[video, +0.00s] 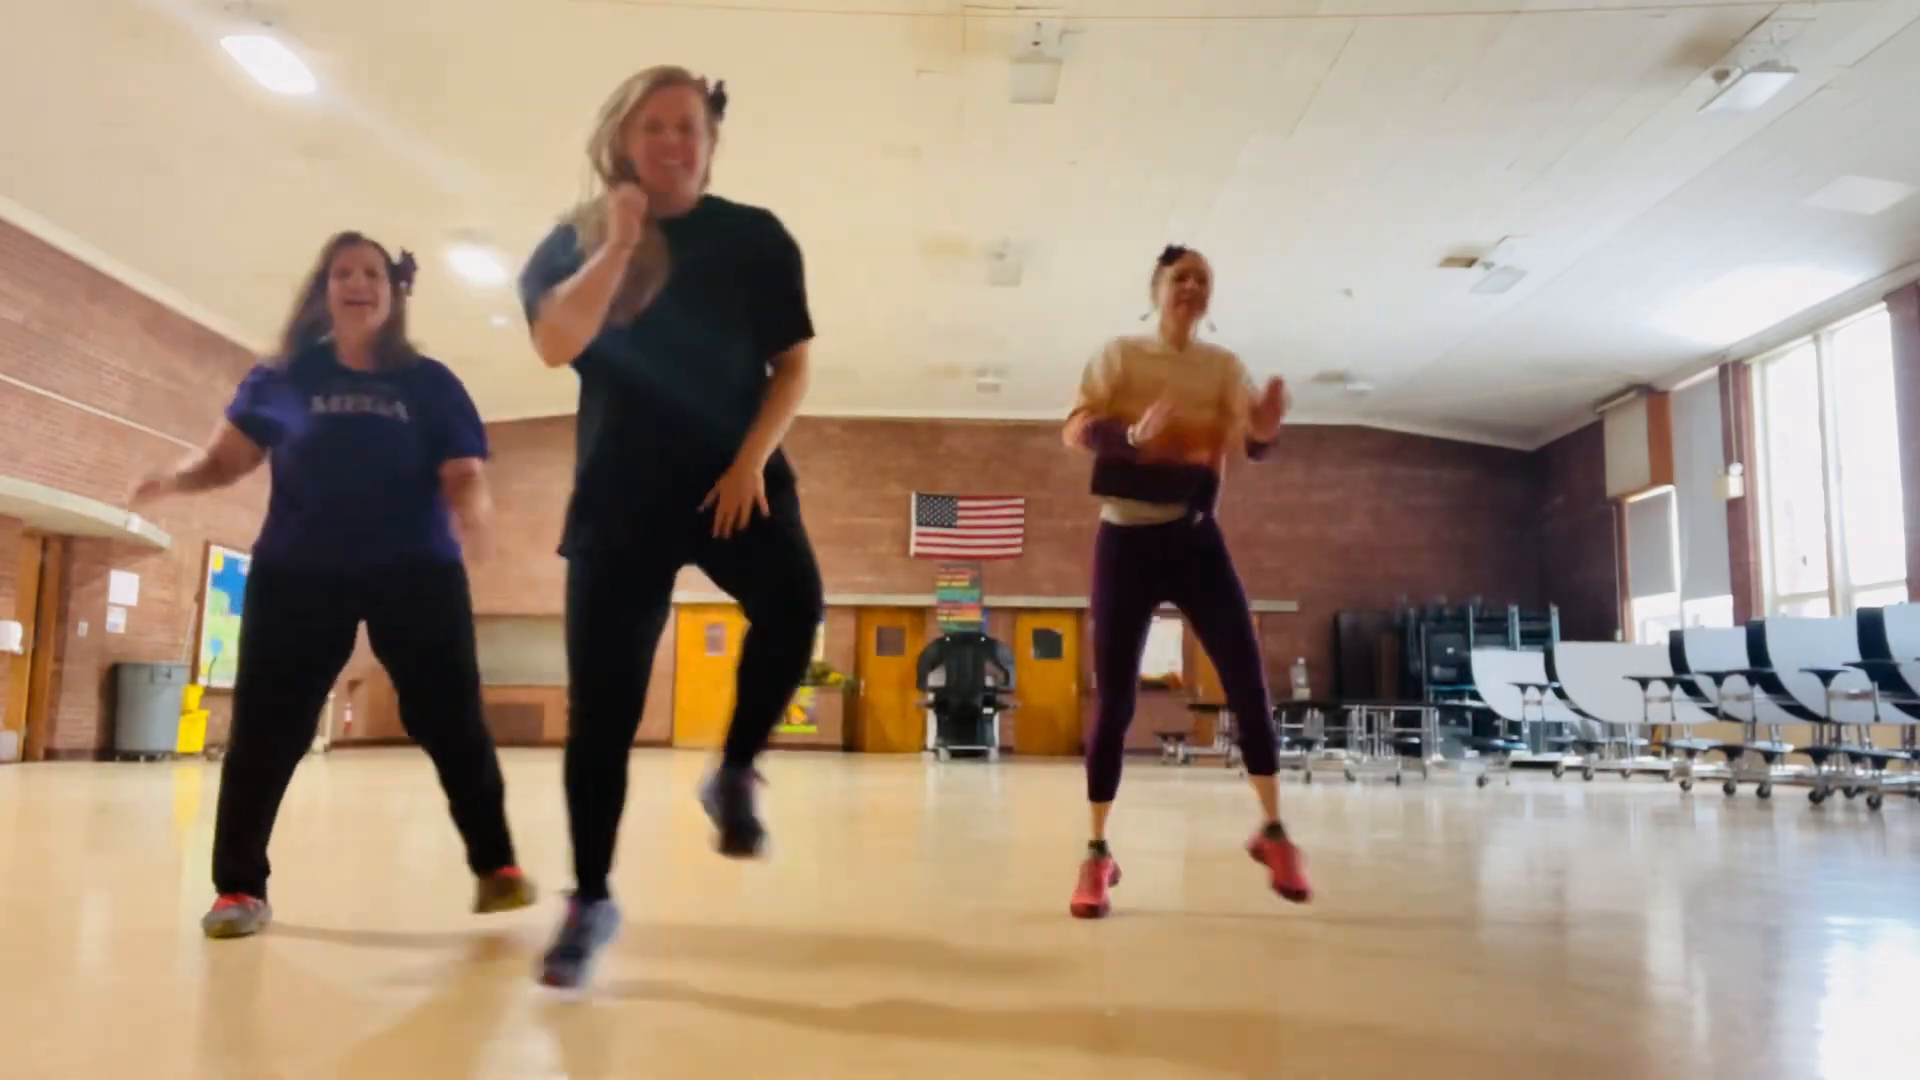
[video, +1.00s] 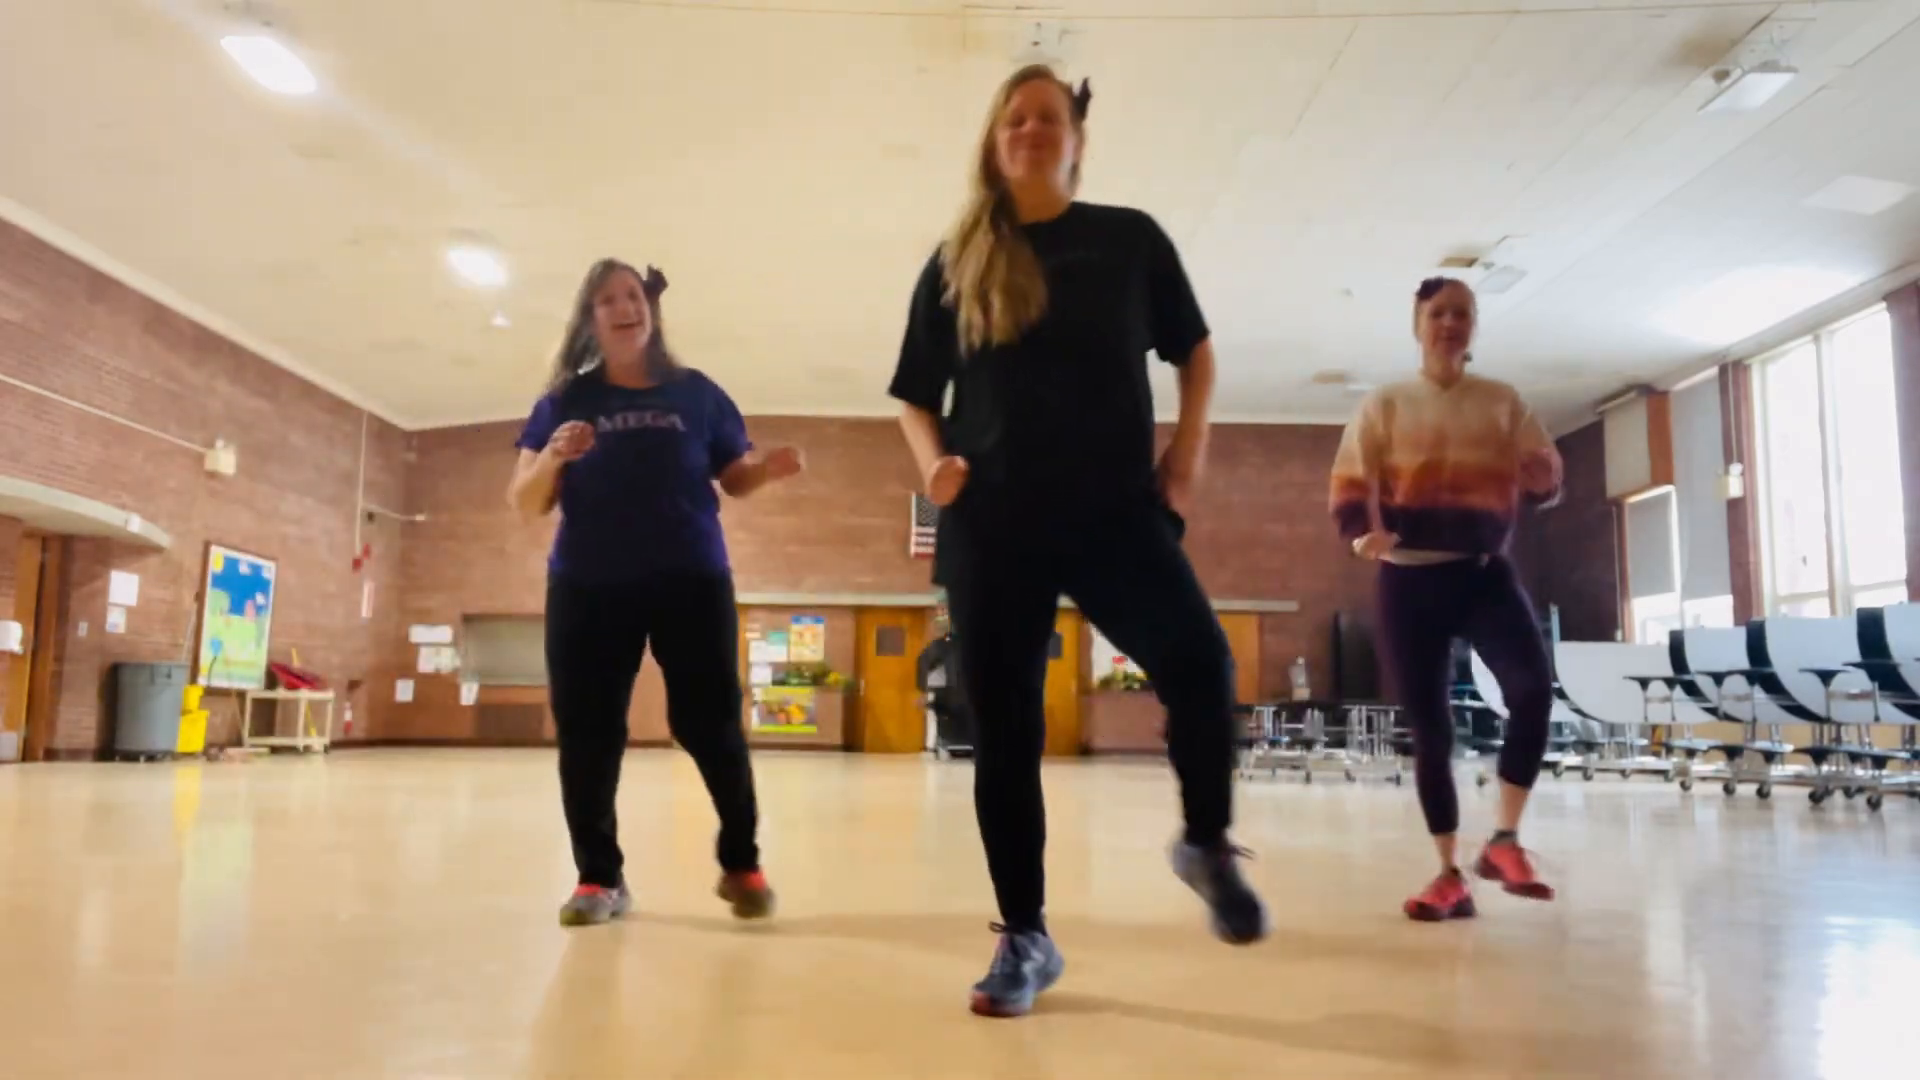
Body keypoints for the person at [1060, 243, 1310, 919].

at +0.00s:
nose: (1190, 289)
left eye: (1200, 281)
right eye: (1180, 279)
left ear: (1209, 296)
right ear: (1156, 290)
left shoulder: (1224, 367)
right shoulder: (1120, 356)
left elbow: (1247, 451)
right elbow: (1077, 433)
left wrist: (1264, 430)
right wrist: (1130, 433)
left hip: (1196, 541)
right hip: (1125, 541)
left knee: (1248, 685)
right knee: (1115, 701)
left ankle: (1273, 830)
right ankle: (1096, 850)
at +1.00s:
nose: (1449, 324)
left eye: (1460, 315)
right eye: (1438, 314)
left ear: (1474, 328)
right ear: (1417, 325)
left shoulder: (1502, 403)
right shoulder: (1382, 407)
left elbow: (1547, 485)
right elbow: (1348, 492)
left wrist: (1541, 479)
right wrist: (1364, 535)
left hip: (1485, 577)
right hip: (1411, 581)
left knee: (1533, 695)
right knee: (1431, 732)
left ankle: (1503, 842)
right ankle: (1449, 875)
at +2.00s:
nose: (1494, 288)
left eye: (1505, 277)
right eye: (1480, 279)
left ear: (1523, 283)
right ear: (1460, 288)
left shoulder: (1563, 358)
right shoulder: (1435, 371)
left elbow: (1598, 452)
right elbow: (1390, 460)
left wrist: (1582, 452)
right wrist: (1415, 460)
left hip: (1536, 543)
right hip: (1454, 545)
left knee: (1556, 704)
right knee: (1443, 692)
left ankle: (1568, 872)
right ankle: (1439, 837)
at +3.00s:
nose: (1222, 318)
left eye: (1232, 307)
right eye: (1210, 307)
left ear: (1247, 314)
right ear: (1190, 313)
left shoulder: (1268, 395)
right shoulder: (1156, 394)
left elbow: (1300, 476)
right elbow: (1104, 465)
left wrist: (1296, 415)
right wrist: (1116, 507)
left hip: (1240, 570)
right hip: (1168, 566)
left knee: (1251, 721)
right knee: (1142, 706)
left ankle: (1248, 873)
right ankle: (1098, 844)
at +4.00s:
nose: (1207, 301)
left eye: (1212, 294)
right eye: (1191, 294)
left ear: (1219, 315)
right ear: (1159, 315)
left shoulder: (1238, 398)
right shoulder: (1134, 389)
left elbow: (1292, 446)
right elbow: (1092, 478)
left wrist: (1358, 454)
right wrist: (1070, 554)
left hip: (1200, 577)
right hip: (1130, 574)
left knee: (1252, 722)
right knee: (1106, 723)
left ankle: (1264, 882)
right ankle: (1072, 869)